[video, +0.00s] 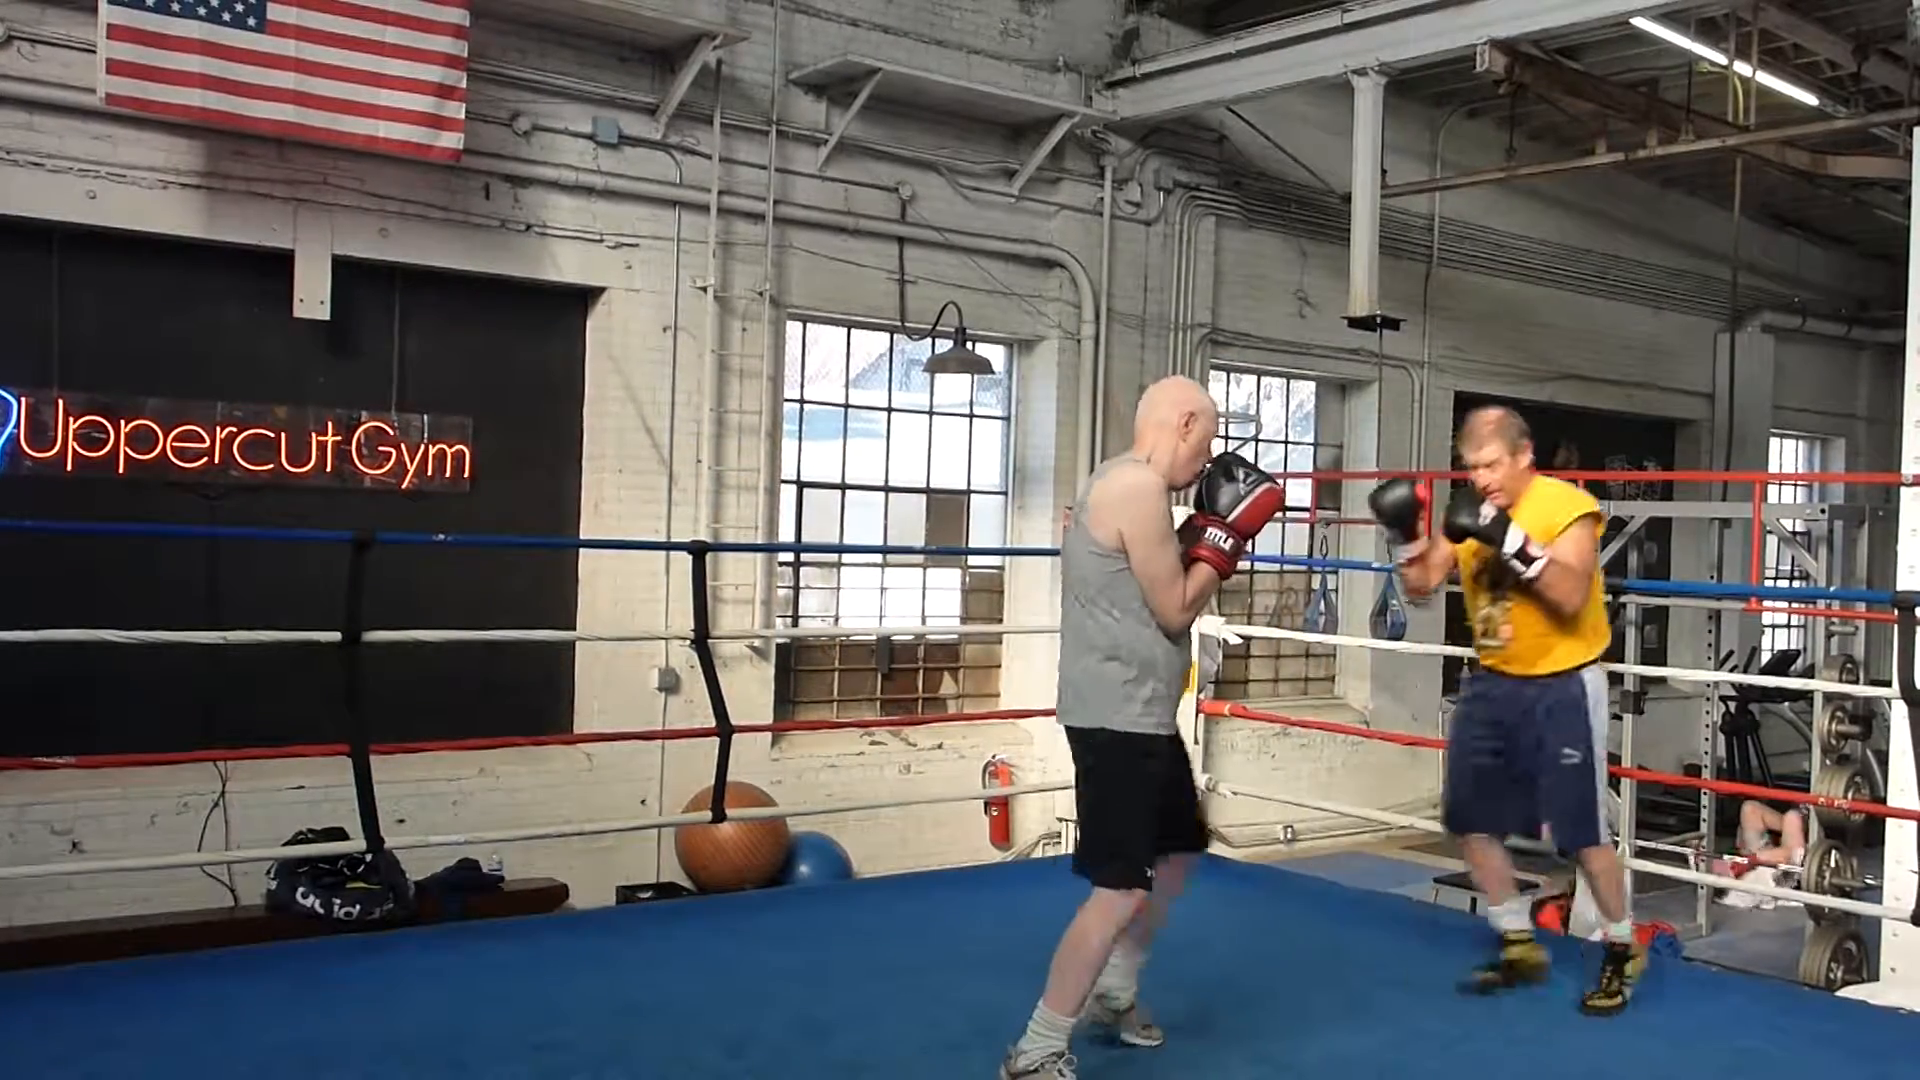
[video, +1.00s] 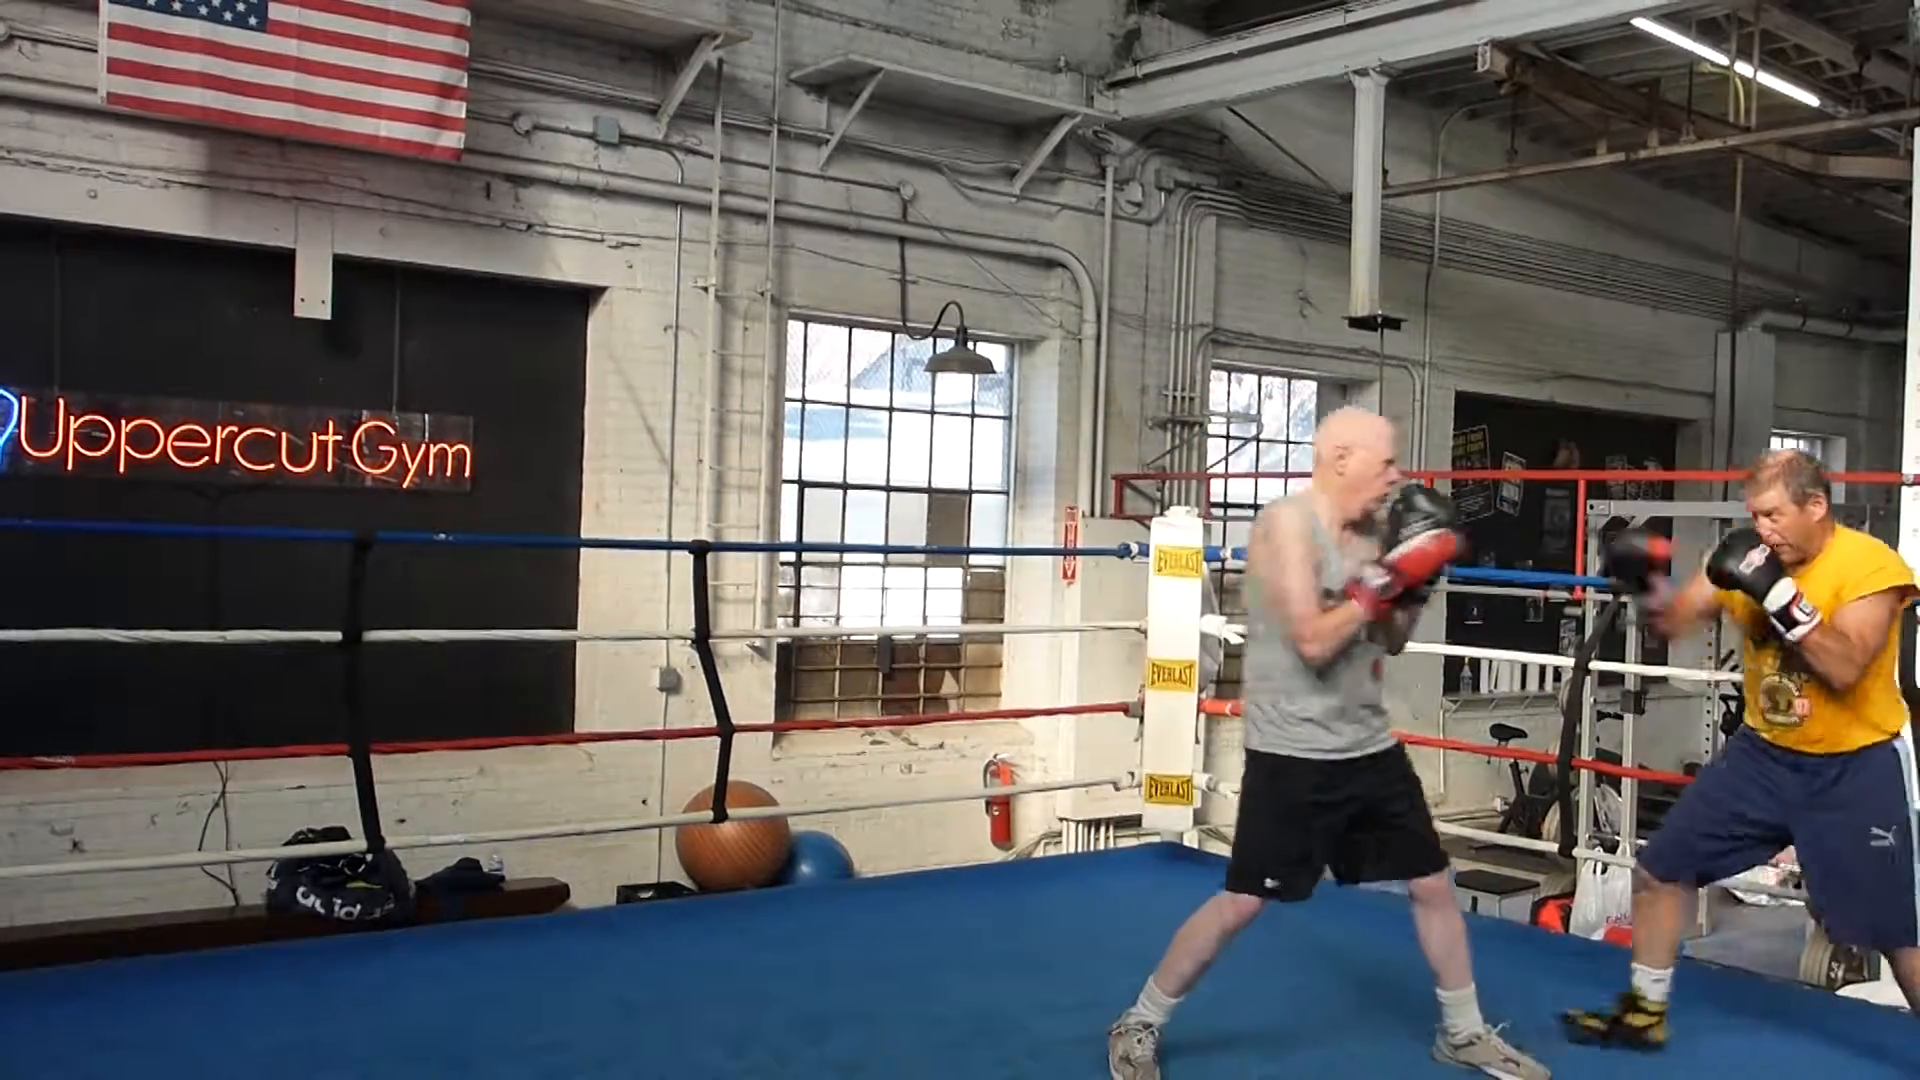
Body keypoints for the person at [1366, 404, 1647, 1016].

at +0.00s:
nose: (1479, 478)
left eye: (1489, 464)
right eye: (1471, 468)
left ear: (1524, 456)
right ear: (1466, 468)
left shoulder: (1567, 506)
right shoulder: (1473, 520)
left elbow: (1572, 595)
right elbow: (1419, 584)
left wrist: (1507, 539)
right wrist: (1407, 534)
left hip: (1564, 686)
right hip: (1491, 686)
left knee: (1580, 827)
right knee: (1471, 818)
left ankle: (1622, 949)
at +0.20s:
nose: (1549, 516)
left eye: (1559, 503)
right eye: (1540, 505)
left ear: (1594, 492)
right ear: (1534, 502)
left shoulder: (1637, 545)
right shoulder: (1536, 543)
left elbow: (1628, 644)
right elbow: (1482, 613)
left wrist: (1558, 584)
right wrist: (1474, 561)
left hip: (1634, 726)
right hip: (1562, 726)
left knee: (1677, 869)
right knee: (1529, 850)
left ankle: (1769, 992)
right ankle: (1587, 973)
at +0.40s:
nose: (1627, 510)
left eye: (1636, 495)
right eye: (1619, 499)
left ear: (1675, 483)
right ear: (1615, 496)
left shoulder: (1726, 534)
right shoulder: (1628, 543)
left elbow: (1710, 632)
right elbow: (1579, 617)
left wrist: (1637, 571)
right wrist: (1559, 572)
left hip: (1724, 725)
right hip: (1647, 722)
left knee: (1752, 877)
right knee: (1597, 839)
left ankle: (1818, 1017)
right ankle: (1595, 975)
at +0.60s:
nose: (1706, 500)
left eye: (1715, 485)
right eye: (1698, 489)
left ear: (1756, 468)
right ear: (1693, 485)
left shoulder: (1814, 521)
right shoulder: (1704, 527)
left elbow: (1788, 616)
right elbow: (1651, 604)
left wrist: (1716, 550)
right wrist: (1633, 550)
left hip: (1808, 716)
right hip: (1728, 715)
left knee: (1844, 878)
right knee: (1702, 863)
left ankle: (1904, 1016)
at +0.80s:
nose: (1777, 545)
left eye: (1787, 529)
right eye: (1769, 532)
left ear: (1831, 518)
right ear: (1762, 529)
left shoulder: (1881, 578)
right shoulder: (1766, 576)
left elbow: (1846, 678)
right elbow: (1717, 669)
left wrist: (1774, 612)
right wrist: (1704, 609)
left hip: (1868, 778)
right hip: (1776, 770)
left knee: (1896, 941)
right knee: (1695, 886)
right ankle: (1785, 981)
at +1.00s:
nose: (1762, 530)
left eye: (1773, 515)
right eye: (1755, 516)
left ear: (1818, 506)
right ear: (1751, 514)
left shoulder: (1870, 564)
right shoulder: (1746, 560)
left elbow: (1846, 667)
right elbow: (1673, 623)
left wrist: (1778, 592)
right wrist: (1647, 586)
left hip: (1860, 766)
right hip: (1763, 756)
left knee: (1899, 931)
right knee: (1662, 866)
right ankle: (1645, 1013)